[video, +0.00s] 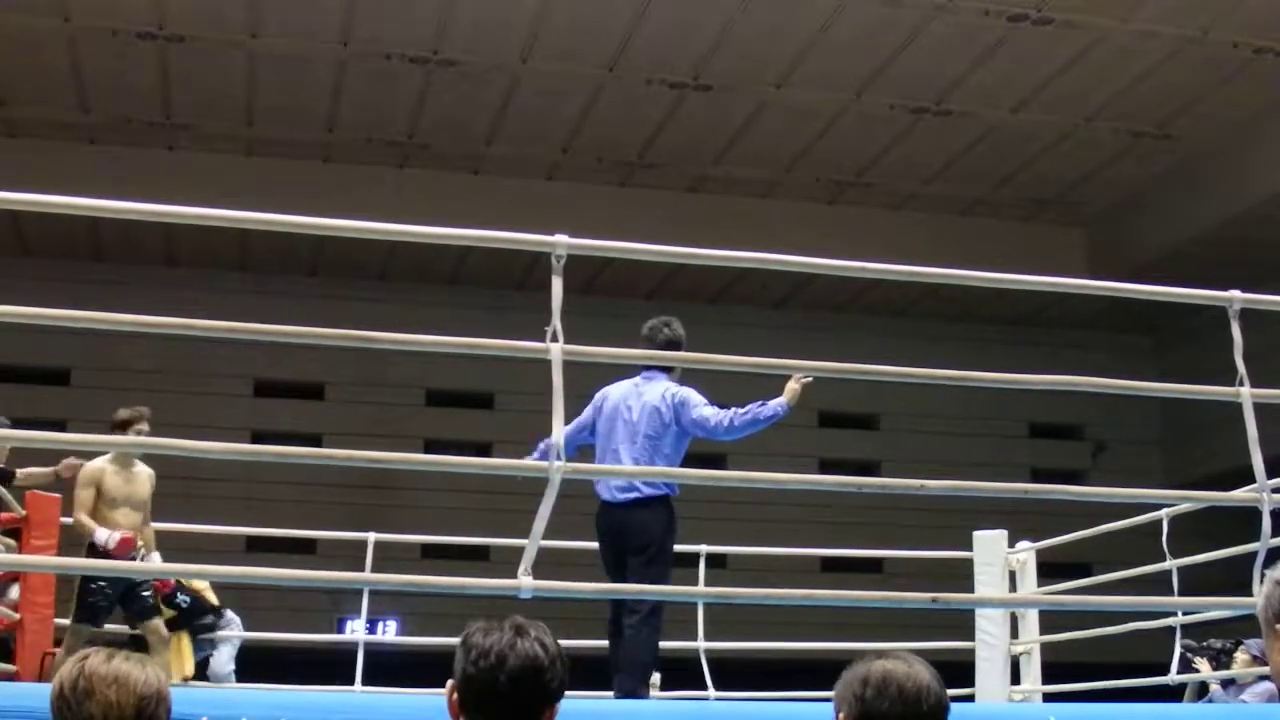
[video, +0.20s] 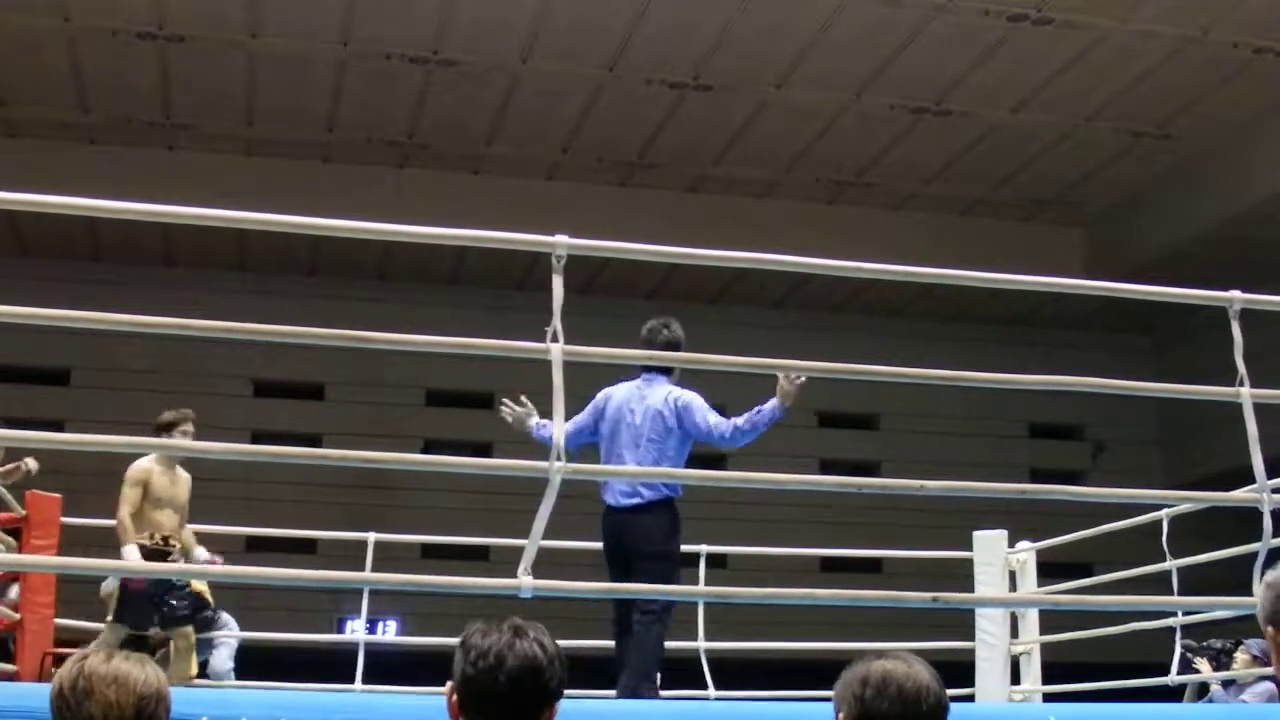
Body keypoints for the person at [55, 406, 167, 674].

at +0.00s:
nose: (144, 439)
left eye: (147, 434)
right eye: (138, 433)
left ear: (148, 437)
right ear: (120, 433)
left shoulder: (147, 474)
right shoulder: (94, 470)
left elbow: (145, 523)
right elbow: (80, 516)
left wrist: (155, 562)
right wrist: (105, 537)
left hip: (136, 567)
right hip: (101, 566)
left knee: (159, 636)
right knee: (77, 637)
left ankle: (160, 707)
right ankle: (54, 704)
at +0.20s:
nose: (190, 441)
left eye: (192, 435)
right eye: (184, 434)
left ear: (191, 440)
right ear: (165, 435)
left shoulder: (184, 478)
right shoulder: (141, 469)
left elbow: (181, 525)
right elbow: (123, 515)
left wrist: (200, 555)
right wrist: (133, 560)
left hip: (174, 565)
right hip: (142, 562)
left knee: (185, 640)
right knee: (113, 635)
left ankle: (178, 711)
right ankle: (74, 690)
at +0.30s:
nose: (211, 436)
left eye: (213, 430)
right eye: (205, 429)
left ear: (211, 434)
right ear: (185, 431)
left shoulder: (203, 473)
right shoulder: (160, 462)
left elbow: (199, 521)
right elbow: (136, 505)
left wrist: (224, 537)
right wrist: (143, 551)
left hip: (186, 556)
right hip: (157, 553)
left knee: (184, 638)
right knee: (140, 630)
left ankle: (178, 707)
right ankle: (98, 675)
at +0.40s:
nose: (228, 434)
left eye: (230, 429)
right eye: (223, 428)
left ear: (227, 431)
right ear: (203, 428)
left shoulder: (220, 470)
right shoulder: (172, 460)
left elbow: (221, 516)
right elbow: (144, 499)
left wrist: (246, 524)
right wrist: (158, 534)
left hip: (198, 553)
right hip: (170, 550)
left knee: (187, 635)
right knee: (164, 627)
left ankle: (174, 702)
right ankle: (130, 683)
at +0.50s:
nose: (239, 437)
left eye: (242, 432)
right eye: (234, 430)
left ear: (241, 434)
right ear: (214, 430)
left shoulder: (236, 473)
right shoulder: (184, 462)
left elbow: (247, 516)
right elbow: (155, 503)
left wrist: (265, 524)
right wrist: (176, 524)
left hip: (212, 552)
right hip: (182, 549)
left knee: (200, 629)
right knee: (187, 624)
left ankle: (179, 694)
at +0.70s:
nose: (257, 431)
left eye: (259, 426)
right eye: (251, 425)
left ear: (259, 429)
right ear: (231, 427)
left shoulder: (259, 468)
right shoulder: (204, 465)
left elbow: (271, 511)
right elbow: (187, 511)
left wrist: (286, 530)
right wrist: (209, 528)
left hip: (246, 556)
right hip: (215, 555)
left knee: (240, 639)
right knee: (222, 634)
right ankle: (205, 705)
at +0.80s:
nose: (272, 425)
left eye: (273, 420)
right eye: (266, 419)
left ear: (272, 422)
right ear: (246, 420)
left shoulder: (272, 462)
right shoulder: (219, 460)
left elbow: (277, 507)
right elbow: (204, 507)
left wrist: (297, 524)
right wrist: (243, 523)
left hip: (265, 554)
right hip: (232, 553)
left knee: (275, 638)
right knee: (229, 634)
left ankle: (222, 677)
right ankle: (212, 702)